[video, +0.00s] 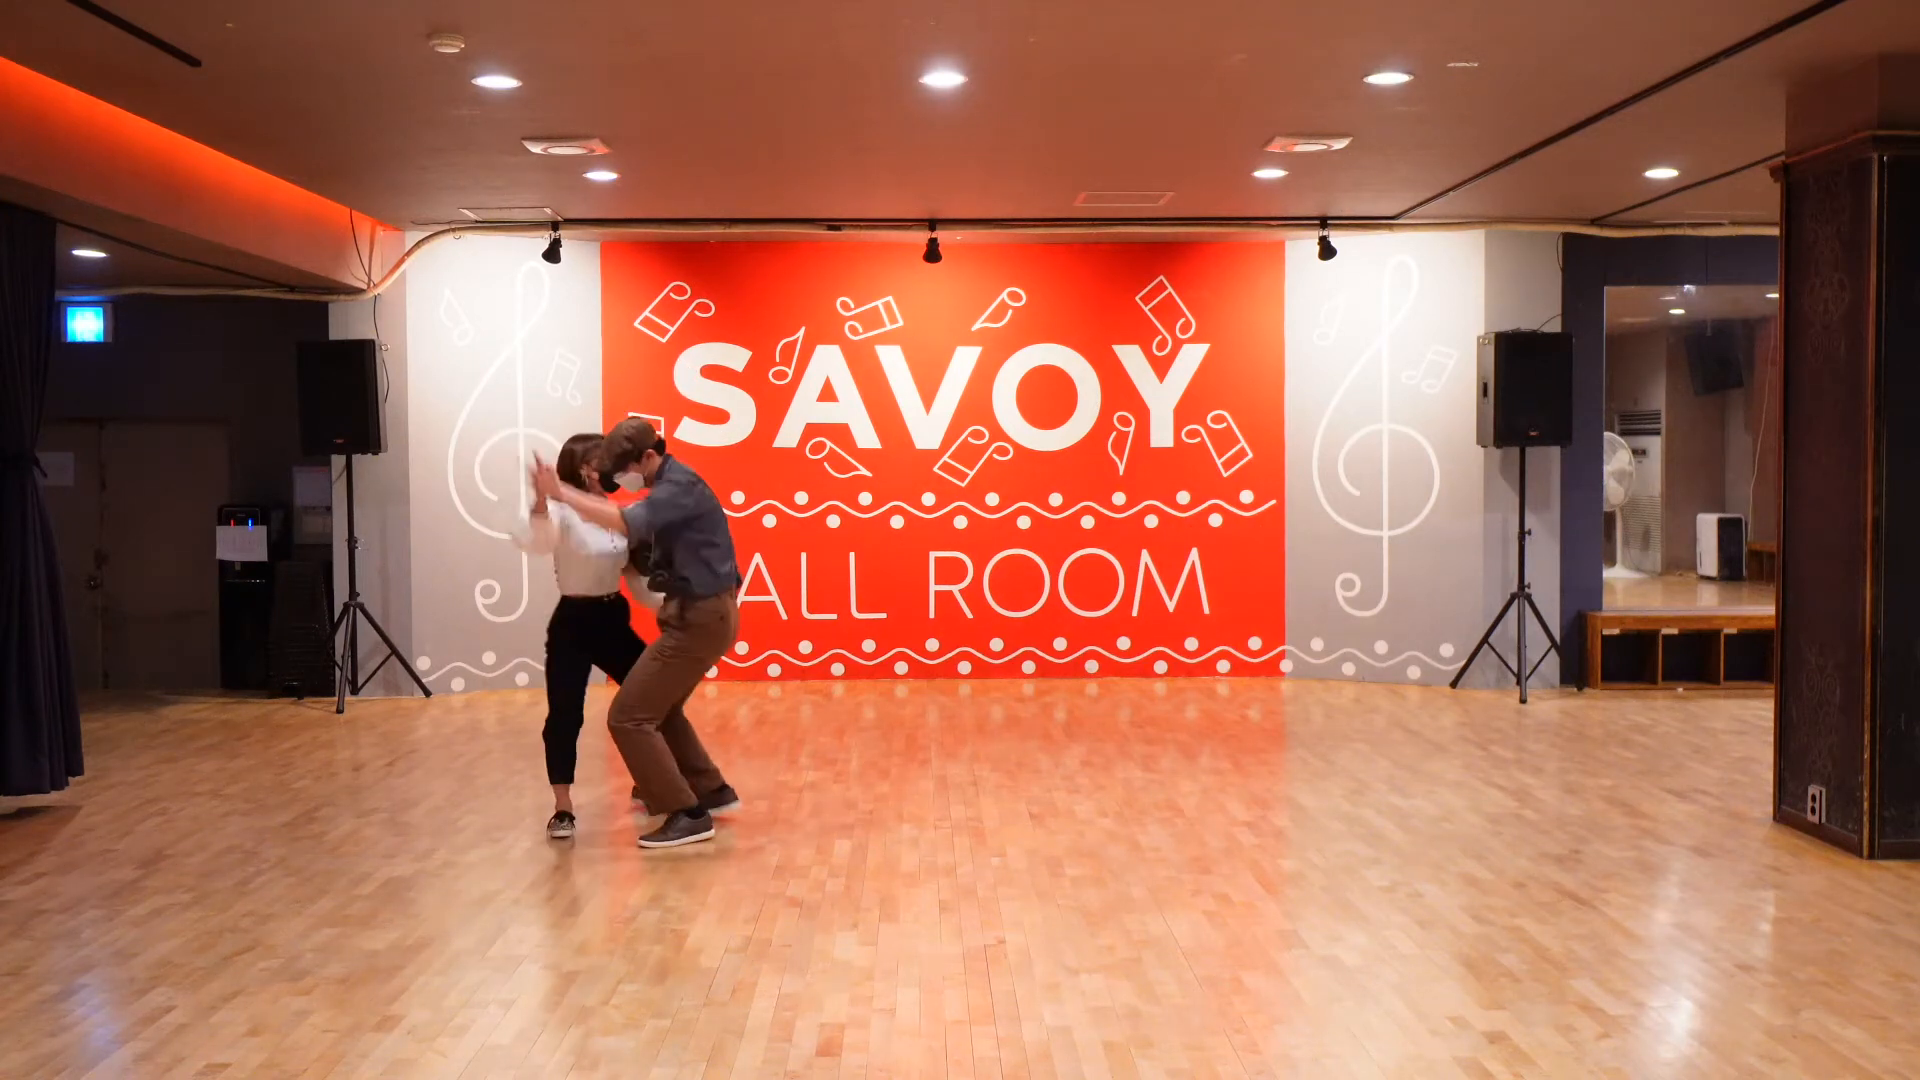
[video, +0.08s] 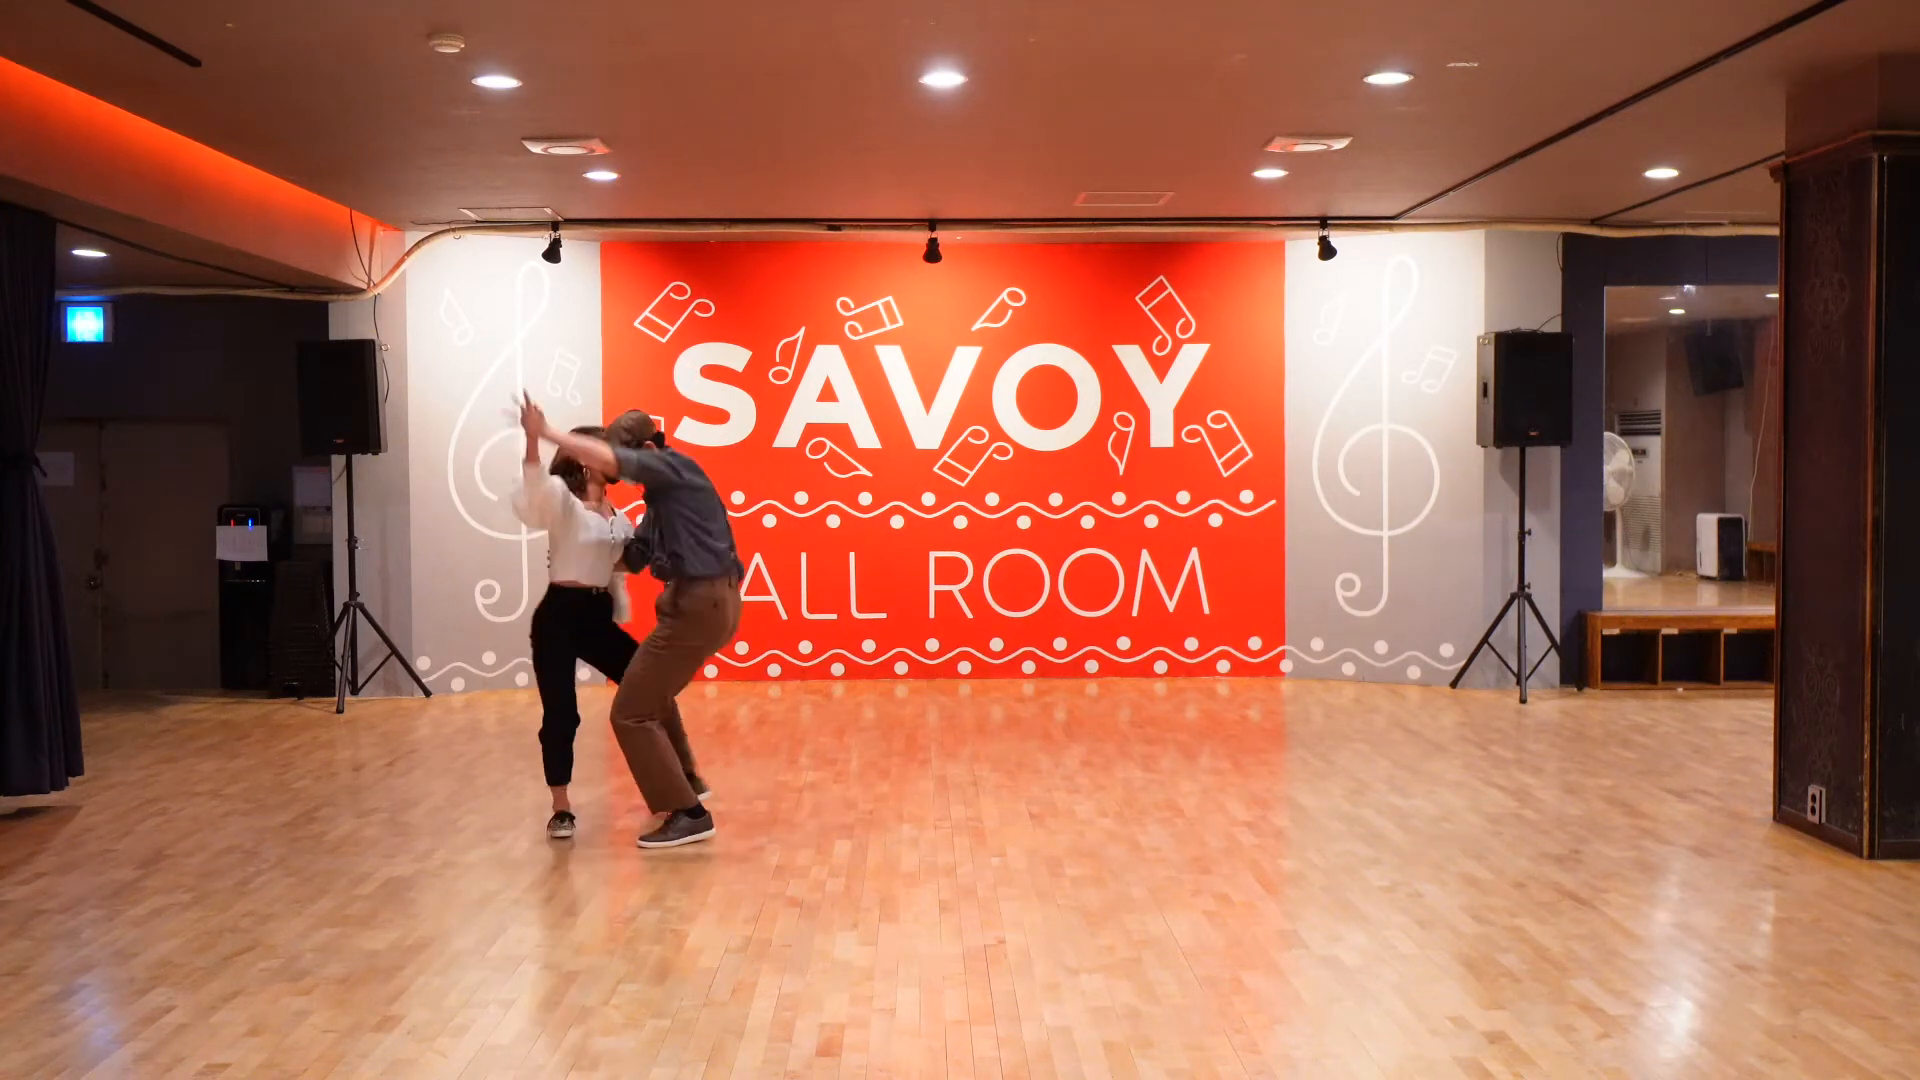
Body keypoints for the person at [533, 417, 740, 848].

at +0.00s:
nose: (628, 480)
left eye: (628, 471)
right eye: (622, 474)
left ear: (647, 457)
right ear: (651, 453)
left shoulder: (677, 488)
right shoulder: (671, 480)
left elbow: (625, 520)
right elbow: (627, 518)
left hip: (703, 618)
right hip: (705, 612)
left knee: (628, 718)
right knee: (657, 707)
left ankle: (684, 814)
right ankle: (709, 787)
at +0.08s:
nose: (613, 461)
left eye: (614, 453)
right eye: (609, 455)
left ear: (631, 448)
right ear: (652, 443)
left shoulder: (673, 467)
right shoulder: (663, 496)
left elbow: (612, 462)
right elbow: (634, 557)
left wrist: (547, 432)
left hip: (703, 605)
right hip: (708, 602)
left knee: (630, 713)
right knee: (649, 696)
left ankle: (685, 813)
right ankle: (686, 786)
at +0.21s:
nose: (615, 474)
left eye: (613, 462)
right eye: (609, 468)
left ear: (631, 442)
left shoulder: (664, 450)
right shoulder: (663, 504)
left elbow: (614, 412)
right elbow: (627, 557)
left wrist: (546, 384)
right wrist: (573, 546)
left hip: (695, 597)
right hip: (724, 599)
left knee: (633, 712)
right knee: (640, 692)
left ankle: (687, 816)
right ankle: (619, 785)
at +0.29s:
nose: (617, 476)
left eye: (616, 463)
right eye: (613, 470)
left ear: (632, 443)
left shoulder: (663, 450)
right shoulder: (664, 505)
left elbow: (612, 411)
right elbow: (620, 562)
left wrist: (547, 380)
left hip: (692, 599)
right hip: (719, 603)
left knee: (630, 715)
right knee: (652, 712)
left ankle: (685, 818)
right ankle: (604, 793)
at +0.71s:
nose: (621, 449)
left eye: (626, 441)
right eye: (621, 442)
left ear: (649, 442)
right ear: (649, 444)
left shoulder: (692, 496)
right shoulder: (654, 485)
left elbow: (685, 586)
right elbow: (632, 526)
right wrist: (597, 508)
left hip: (714, 612)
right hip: (696, 609)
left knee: (636, 694)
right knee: (664, 708)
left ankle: (675, 804)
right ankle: (712, 797)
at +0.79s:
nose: (621, 442)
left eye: (627, 434)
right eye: (621, 435)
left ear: (650, 437)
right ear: (644, 438)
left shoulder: (692, 491)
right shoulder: (647, 477)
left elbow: (698, 584)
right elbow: (622, 506)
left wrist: (631, 610)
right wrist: (584, 493)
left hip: (718, 601)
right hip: (701, 599)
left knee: (643, 678)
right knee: (671, 699)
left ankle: (645, 796)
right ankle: (716, 794)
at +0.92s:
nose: (623, 446)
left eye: (627, 437)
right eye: (622, 438)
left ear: (650, 439)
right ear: (651, 439)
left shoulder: (689, 494)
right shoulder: (649, 476)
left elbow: (704, 581)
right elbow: (608, 497)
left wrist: (654, 626)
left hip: (718, 603)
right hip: (692, 601)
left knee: (663, 695)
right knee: (668, 694)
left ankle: (612, 804)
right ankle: (717, 795)